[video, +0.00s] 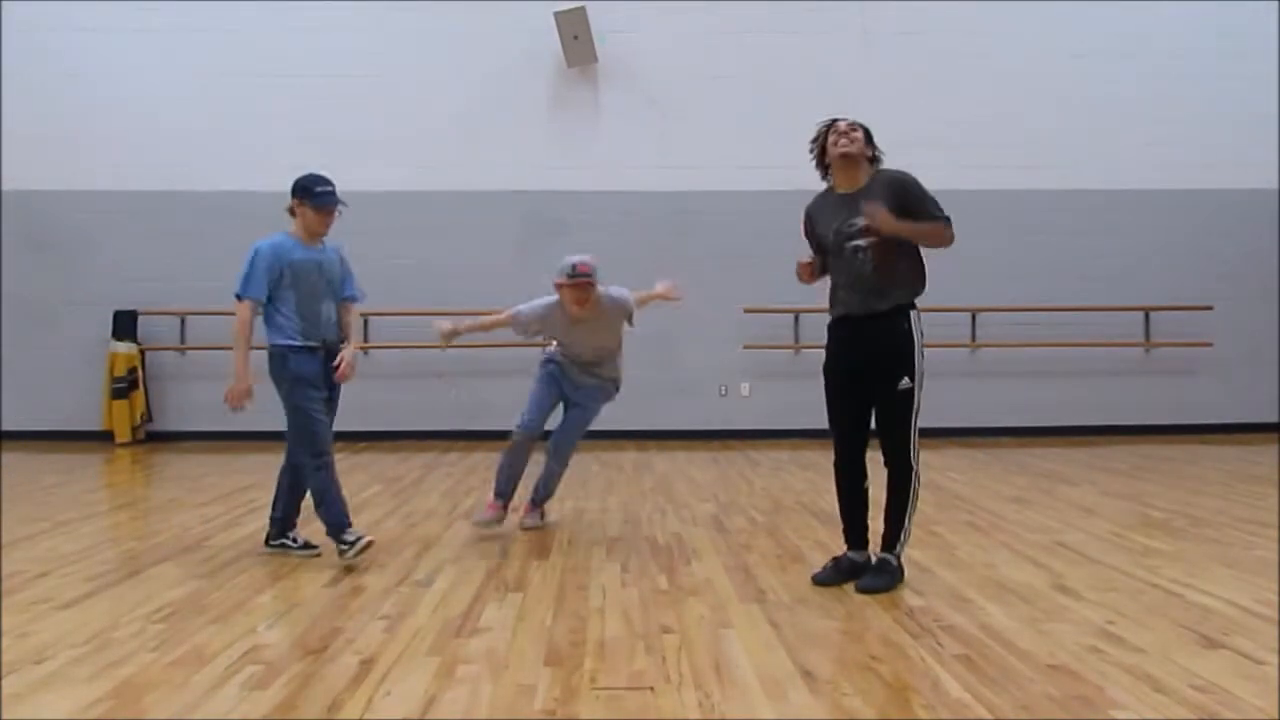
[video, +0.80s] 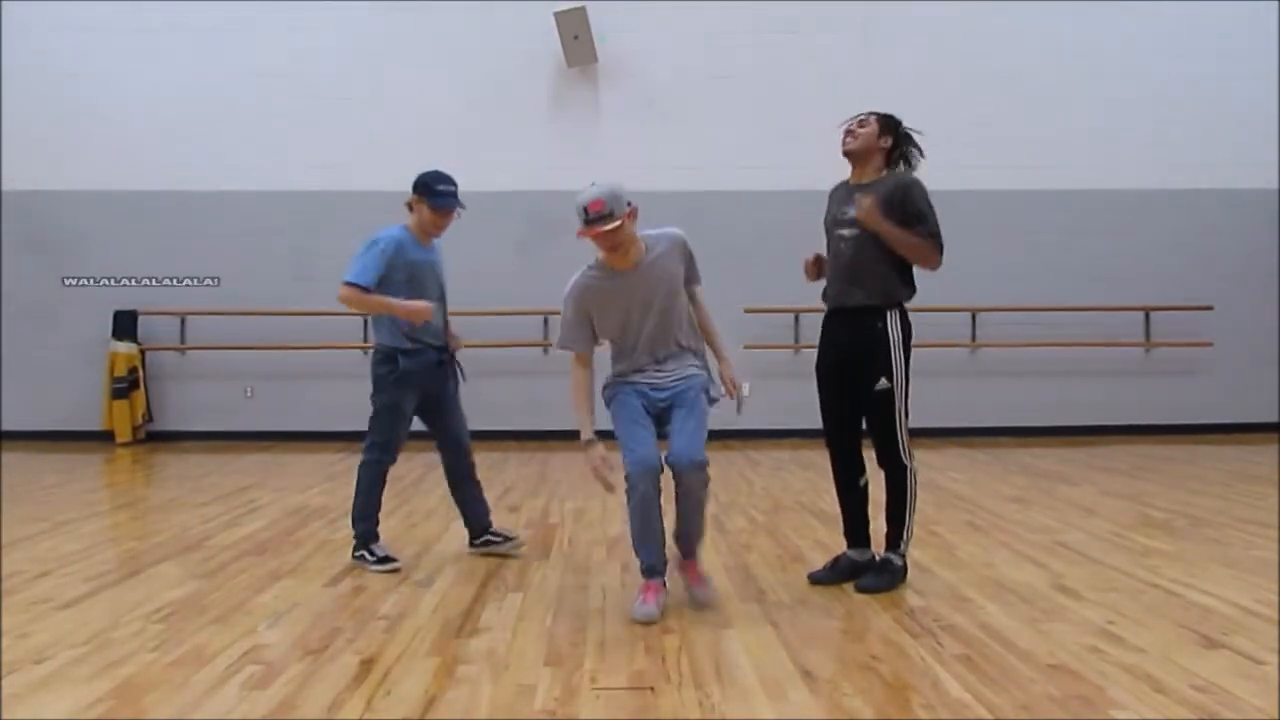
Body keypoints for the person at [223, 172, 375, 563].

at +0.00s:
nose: (329, 219)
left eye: (332, 211)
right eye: (321, 211)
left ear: (335, 211)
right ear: (297, 208)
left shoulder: (333, 254)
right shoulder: (270, 251)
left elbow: (348, 306)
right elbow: (245, 312)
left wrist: (351, 344)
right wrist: (242, 375)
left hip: (329, 356)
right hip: (291, 356)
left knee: (305, 445)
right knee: (317, 442)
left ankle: (280, 530)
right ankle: (342, 532)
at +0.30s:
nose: (366, 216)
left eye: (370, 208)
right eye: (358, 208)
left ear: (375, 207)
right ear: (334, 205)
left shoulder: (377, 248)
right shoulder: (312, 253)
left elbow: (388, 303)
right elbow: (290, 316)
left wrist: (394, 354)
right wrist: (312, 372)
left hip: (369, 358)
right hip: (333, 358)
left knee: (337, 449)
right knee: (352, 452)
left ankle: (290, 520)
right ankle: (362, 542)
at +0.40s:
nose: (380, 215)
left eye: (385, 207)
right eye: (372, 207)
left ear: (390, 207)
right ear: (349, 204)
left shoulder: (389, 247)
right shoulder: (327, 252)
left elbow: (398, 302)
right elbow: (306, 314)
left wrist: (402, 354)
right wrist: (332, 369)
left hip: (382, 358)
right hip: (347, 358)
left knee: (379, 447)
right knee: (360, 448)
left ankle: (313, 505)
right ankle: (364, 542)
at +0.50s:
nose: (397, 215)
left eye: (402, 207)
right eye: (389, 207)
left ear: (407, 207)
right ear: (366, 202)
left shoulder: (399, 246)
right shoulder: (343, 249)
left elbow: (404, 298)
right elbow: (311, 309)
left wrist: (413, 342)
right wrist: (345, 358)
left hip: (397, 358)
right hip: (361, 360)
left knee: (410, 441)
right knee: (371, 448)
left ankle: (349, 499)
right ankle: (365, 542)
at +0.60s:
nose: (414, 215)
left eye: (420, 207)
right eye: (407, 206)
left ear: (424, 206)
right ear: (384, 201)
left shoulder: (407, 244)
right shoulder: (359, 245)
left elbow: (404, 290)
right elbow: (314, 293)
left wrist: (418, 321)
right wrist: (354, 335)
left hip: (410, 354)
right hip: (374, 358)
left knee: (431, 435)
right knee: (375, 447)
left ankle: (398, 521)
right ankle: (364, 542)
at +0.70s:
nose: (429, 216)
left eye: (435, 208)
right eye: (422, 207)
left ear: (439, 208)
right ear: (399, 201)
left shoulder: (417, 244)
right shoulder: (376, 240)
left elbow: (407, 294)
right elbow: (325, 284)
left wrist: (428, 325)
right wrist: (369, 326)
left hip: (421, 357)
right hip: (385, 359)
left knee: (441, 435)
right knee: (375, 447)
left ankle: (454, 527)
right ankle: (364, 542)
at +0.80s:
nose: (445, 220)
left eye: (450, 212)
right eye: (438, 211)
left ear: (455, 213)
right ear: (415, 205)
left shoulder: (432, 250)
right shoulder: (388, 245)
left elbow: (429, 303)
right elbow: (348, 293)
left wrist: (447, 331)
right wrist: (400, 307)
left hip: (435, 364)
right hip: (396, 366)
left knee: (457, 447)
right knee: (380, 451)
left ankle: (481, 531)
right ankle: (364, 542)